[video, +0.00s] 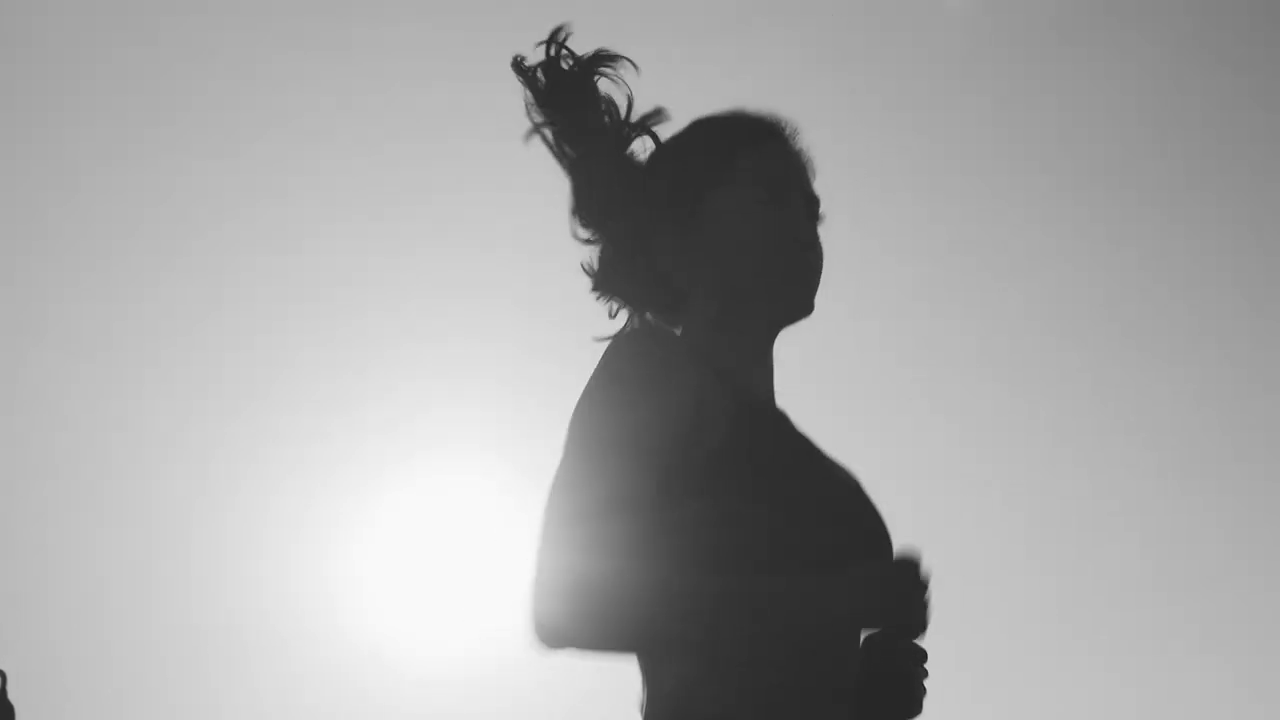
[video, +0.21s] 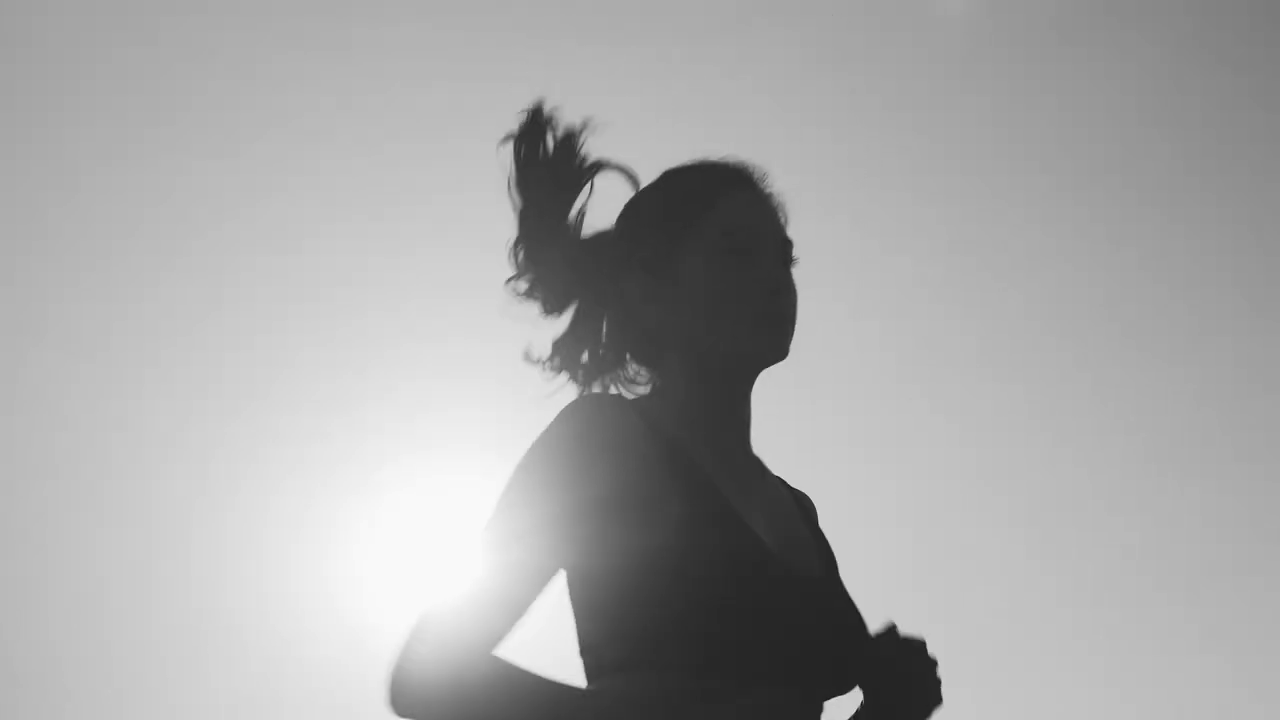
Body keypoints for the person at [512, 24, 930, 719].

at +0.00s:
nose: (814, 227)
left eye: (811, 206)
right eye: (783, 203)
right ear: (697, 232)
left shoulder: (755, 408)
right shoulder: (652, 373)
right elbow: (570, 603)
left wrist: (869, 688)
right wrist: (838, 596)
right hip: (711, 705)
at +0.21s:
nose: (779, 281)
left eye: (784, 258)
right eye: (739, 254)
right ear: (652, 292)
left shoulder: (791, 505)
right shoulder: (603, 437)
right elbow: (430, 671)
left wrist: (885, 696)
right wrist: (611, 706)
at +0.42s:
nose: (747, 263)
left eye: (748, 241)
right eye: (712, 239)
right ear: (621, 268)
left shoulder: (776, 477)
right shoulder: (540, 427)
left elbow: (864, 713)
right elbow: (344, 624)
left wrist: (853, 593)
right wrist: (520, 686)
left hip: (737, 715)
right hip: (597, 715)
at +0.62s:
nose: (687, 248)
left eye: (693, 222)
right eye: (646, 218)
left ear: (704, 254)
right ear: (562, 246)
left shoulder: (749, 435)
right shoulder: (489, 398)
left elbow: (887, 661)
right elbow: (303, 579)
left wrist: (789, 491)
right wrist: (425, 625)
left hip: (710, 713)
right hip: (562, 709)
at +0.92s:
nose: (625, 254)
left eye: (639, 232)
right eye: (591, 222)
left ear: (652, 265)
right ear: (517, 249)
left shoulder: (682, 444)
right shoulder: (431, 416)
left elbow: (782, 691)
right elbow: (264, 639)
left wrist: (730, 560)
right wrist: (431, 634)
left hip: (649, 712)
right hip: (510, 712)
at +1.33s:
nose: (582, 312)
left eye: (587, 292)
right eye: (549, 288)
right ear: (470, 310)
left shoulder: (595, 497)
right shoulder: (401, 471)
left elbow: (626, 670)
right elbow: (361, 691)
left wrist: (626, 600)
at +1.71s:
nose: (577, 241)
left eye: (580, 223)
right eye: (546, 218)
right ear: (464, 240)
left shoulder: (563, 439)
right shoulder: (413, 362)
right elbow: (378, 576)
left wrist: (581, 659)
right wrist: (590, 499)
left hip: (550, 705)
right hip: (436, 701)